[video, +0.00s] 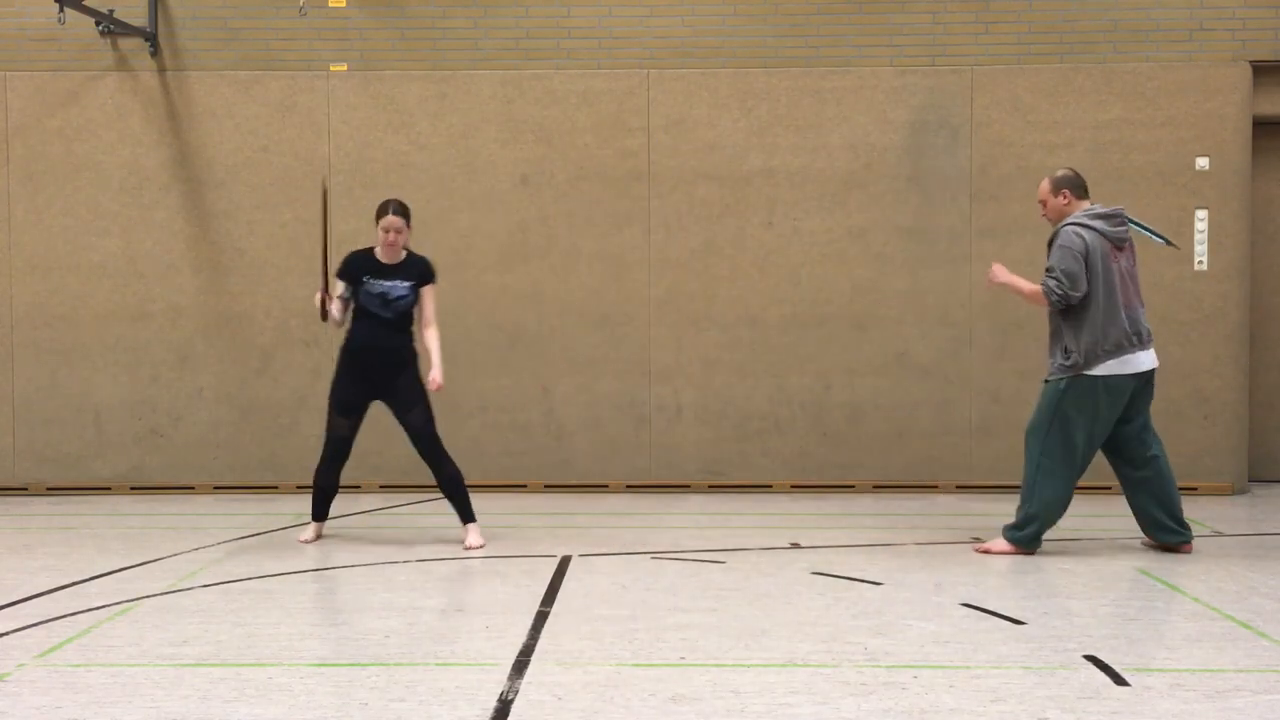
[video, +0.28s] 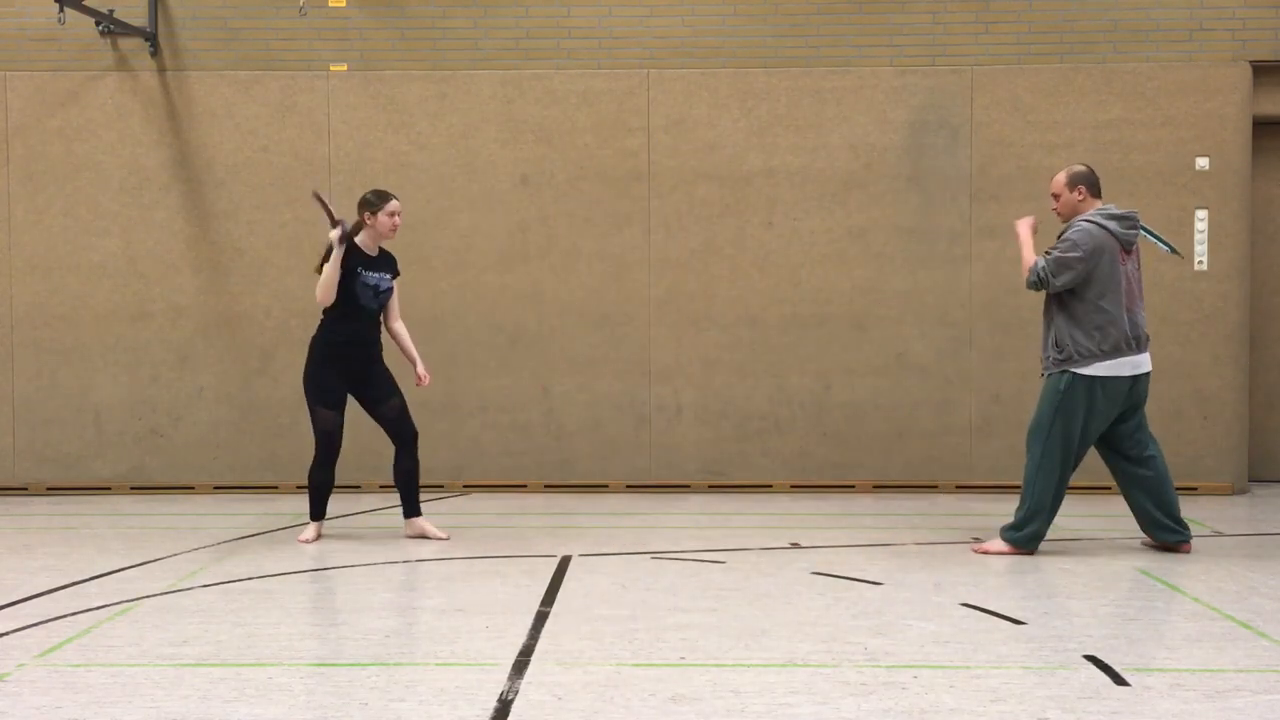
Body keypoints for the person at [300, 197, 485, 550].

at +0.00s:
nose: (392, 237)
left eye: (398, 230)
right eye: (386, 230)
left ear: (408, 232)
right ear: (376, 230)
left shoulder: (420, 268)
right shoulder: (356, 263)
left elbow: (428, 324)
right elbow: (338, 317)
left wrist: (435, 367)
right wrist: (329, 306)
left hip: (400, 369)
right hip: (355, 368)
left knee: (430, 446)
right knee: (336, 447)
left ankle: (470, 525)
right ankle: (316, 522)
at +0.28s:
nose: (397, 222)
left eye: (399, 215)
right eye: (391, 215)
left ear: (388, 219)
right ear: (368, 217)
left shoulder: (387, 263)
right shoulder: (339, 253)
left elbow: (393, 320)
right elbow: (324, 299)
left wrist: (416, 361)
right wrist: (337, 249)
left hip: (367, 363)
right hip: (327, 362)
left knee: (406, 434)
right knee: (328, 445)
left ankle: (413, 520)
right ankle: (315, 523)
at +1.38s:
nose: (401, 228)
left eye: (401, 221)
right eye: (395, 222)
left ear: (387, 225)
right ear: (375, 225)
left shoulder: (394, 272)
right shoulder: (347, 258)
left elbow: (411, 329)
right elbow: (343, 269)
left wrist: (440, 368)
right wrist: (345, 219)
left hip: (378, 376)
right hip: (338, 373)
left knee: (426, 439)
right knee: (318, 449)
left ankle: (416, 521)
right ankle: (282, 522)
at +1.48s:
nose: (432, 219)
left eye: (432, 212)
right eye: (426, 213)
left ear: (425, 217)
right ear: (407, 214)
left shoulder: (418, 262)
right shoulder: (385, 252)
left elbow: (418, 321)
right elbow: (409, 247)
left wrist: (441, 364)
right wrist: (400, 197)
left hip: (409, 366)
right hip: (377, 363)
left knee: (438, 442)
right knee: (357, 446)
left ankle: (418, 521)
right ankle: (300, 504)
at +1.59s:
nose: (454, 212)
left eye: (453, 206)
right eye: (448, 206)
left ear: (431, 212)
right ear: (431, 211)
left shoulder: (430, 251)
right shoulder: (414, 244)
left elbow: (422, 314)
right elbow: (461, 240)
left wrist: (439, 361)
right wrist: (453, 191)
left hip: (428, 362)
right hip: (404, 361)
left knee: (442, 442)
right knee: (413, 445)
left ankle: (418, 521)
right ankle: (358, 502)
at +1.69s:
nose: (476, 208)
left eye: (475, 201)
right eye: (470, 202)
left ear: (449, 209)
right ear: (451, 208)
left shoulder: (437, 241)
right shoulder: (445, 240)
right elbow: (500, 243)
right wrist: (507, 189)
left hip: (428, 354)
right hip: (435, 356)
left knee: (443, 440)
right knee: (470, 433)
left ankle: (418, 520)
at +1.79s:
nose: (497, 208)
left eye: (495, 202)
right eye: (491, 203)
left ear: (467, 211)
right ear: (472, 209)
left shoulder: (450, 245)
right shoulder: (476, 242)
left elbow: (442, 305)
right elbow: (534, 251)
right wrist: (558, 201)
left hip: (444, 356)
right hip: (466, 358)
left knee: (446, 441)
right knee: (510, 435)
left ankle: (417, 520)